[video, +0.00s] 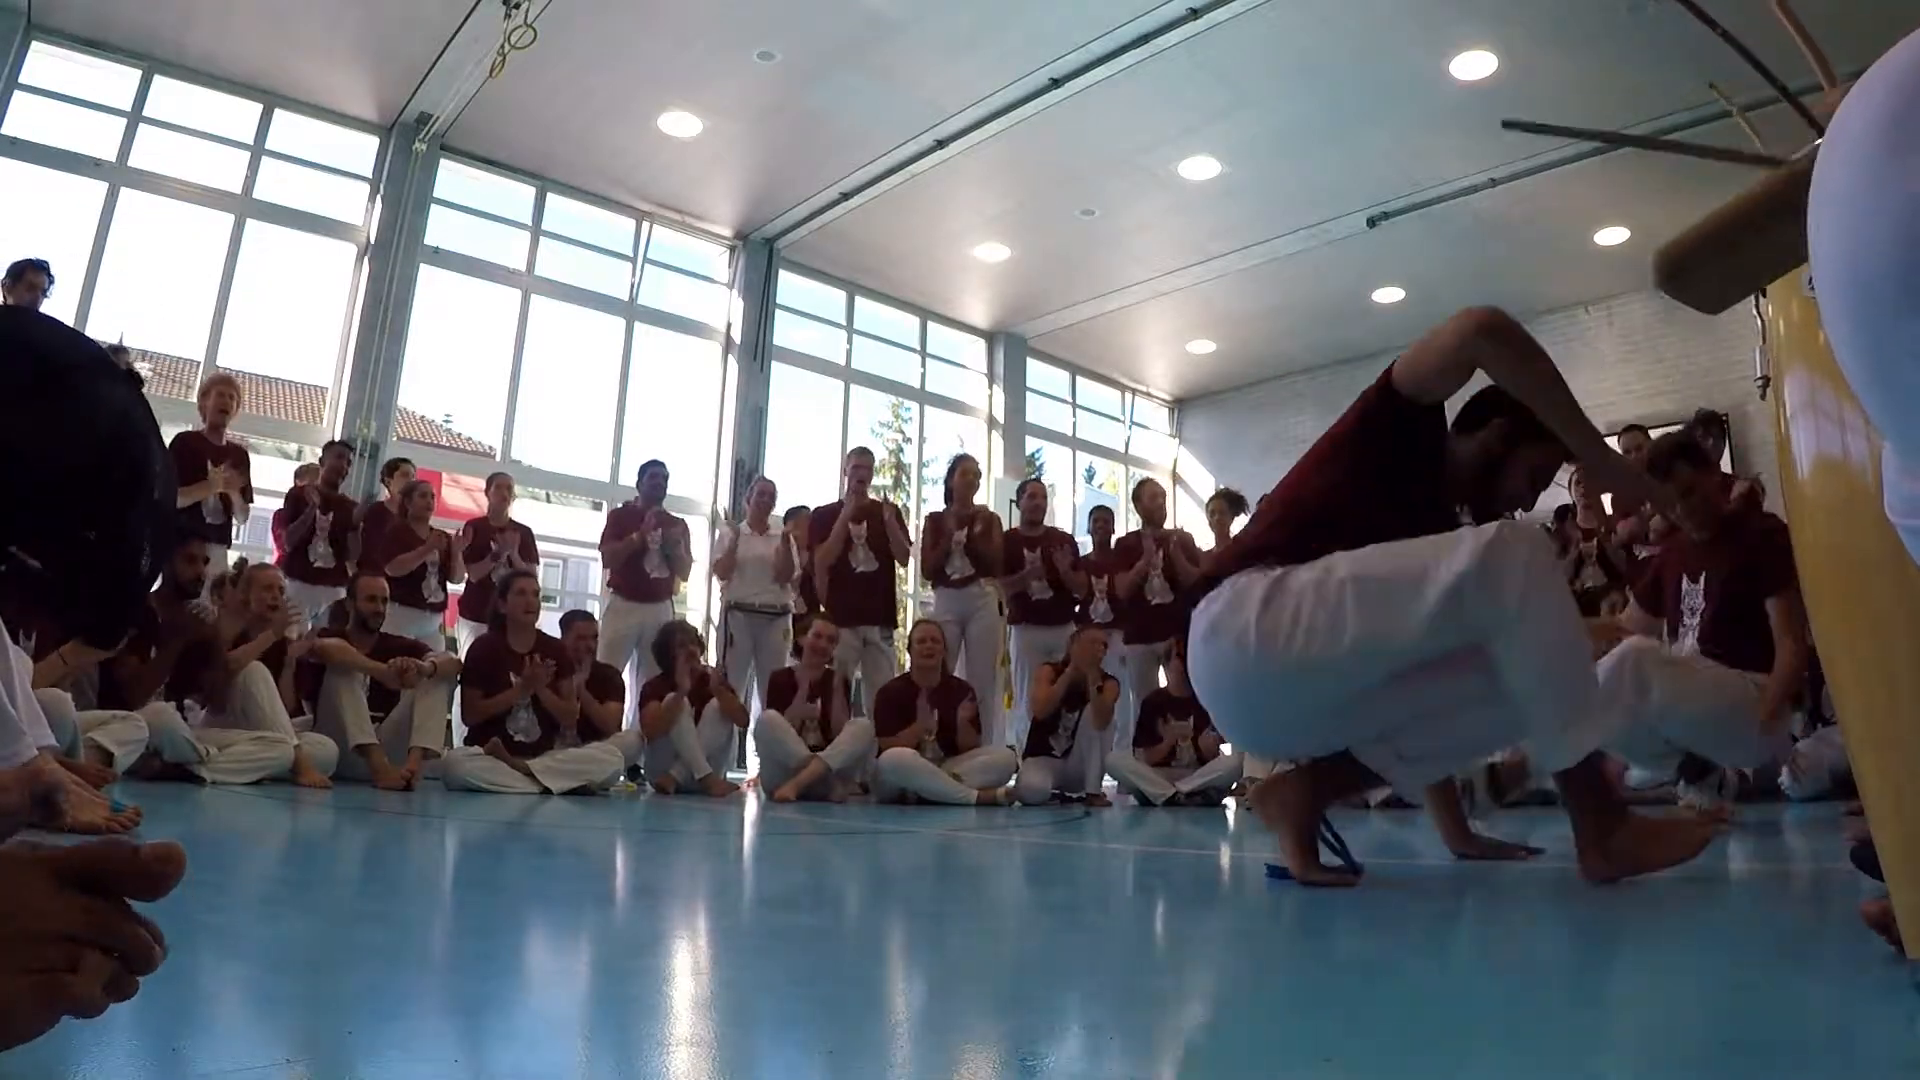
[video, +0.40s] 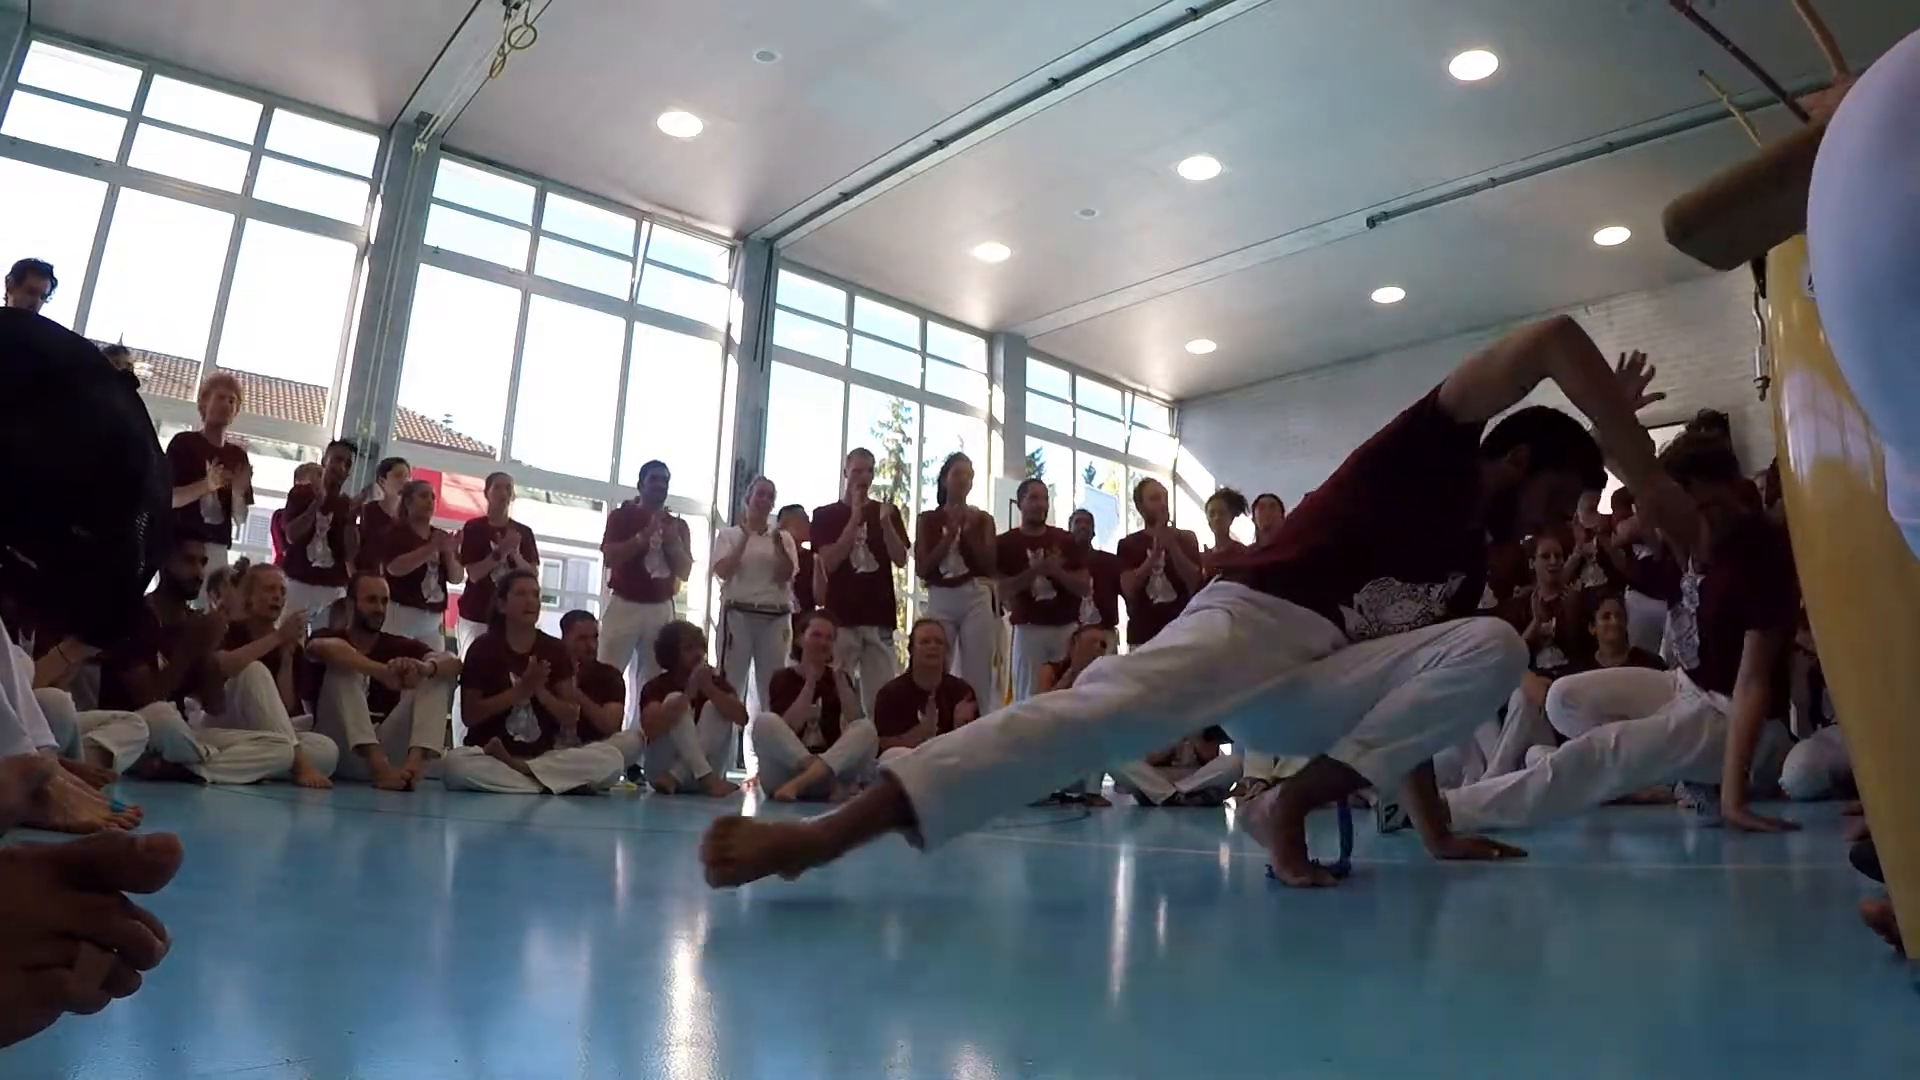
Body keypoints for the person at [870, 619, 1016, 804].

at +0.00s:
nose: (928, 646)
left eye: (935, 641)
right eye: (921, 642)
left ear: (944, 650)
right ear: (909, 650)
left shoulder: (961, 689)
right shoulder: (891, 692)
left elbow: (970, 749)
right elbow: (886, 747)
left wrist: (963, 723)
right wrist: (919, 728)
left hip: (951, 767)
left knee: (1005, 759)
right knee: (894, 759)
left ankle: (928, 792)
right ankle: (976, 798)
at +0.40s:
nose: (933, 647)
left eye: (939, 642)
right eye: (925, 642)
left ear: (946, 650)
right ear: (911, 650)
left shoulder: (961, 691)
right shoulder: (890, 693)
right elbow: (884, 747)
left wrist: (961, 726)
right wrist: (921, 732)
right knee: (892, 757)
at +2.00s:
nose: (934, 647)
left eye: (939, 643)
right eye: (926, 643)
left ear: (946, 650)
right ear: (911, 651)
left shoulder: (962, 690)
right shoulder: (891, 693)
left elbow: (971, 743)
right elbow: (889, 748)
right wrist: (922, 729)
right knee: (895, 759)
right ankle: (976, 796)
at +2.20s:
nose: (935, 648)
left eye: (940, 643)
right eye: (927, 642)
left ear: (947, 651)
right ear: (912, 650)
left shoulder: (963, 690)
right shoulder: (892, 692)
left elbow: (970, 747)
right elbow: (889, 746)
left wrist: (954, 725)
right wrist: (925, 739)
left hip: (951, 769)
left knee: (1001, 755)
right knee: (896, 759)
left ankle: (931, 795)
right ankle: (976, 797)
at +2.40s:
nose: (935, 647)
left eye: (940, 643)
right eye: (926, 642)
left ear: (947, 650)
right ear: (911, 650)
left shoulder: (961, 690)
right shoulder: (891, 692)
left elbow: (970, 749)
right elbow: (887, 747)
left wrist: (961, 723)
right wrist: (922, 729)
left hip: (952, 769)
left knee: (1005, 757)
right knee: (896, 759)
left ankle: (932, 794)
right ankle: (976, 797)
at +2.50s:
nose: (934, 647)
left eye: (939, 642)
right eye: (926, 642)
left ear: (947, 650)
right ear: (911, 650)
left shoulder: (961, 690)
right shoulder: (891, 692)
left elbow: (972, 747)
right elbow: (886, 747)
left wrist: (951, 723)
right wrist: (925, 735)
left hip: (952, 769)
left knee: (1005, 757)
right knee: (895, 759)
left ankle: (932, 793)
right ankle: (975, 797)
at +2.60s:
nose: (933, 647)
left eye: (939, 642)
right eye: (926, 642)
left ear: (946, 649)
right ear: (911, 650)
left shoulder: (962, 690)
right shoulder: (891, 692)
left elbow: (972, 748)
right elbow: (887, 747)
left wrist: (955, 724)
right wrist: (928, 729)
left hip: (951, 769)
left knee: (1005, 757)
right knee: (895, 759)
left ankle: (932, 793)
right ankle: (975, 797)